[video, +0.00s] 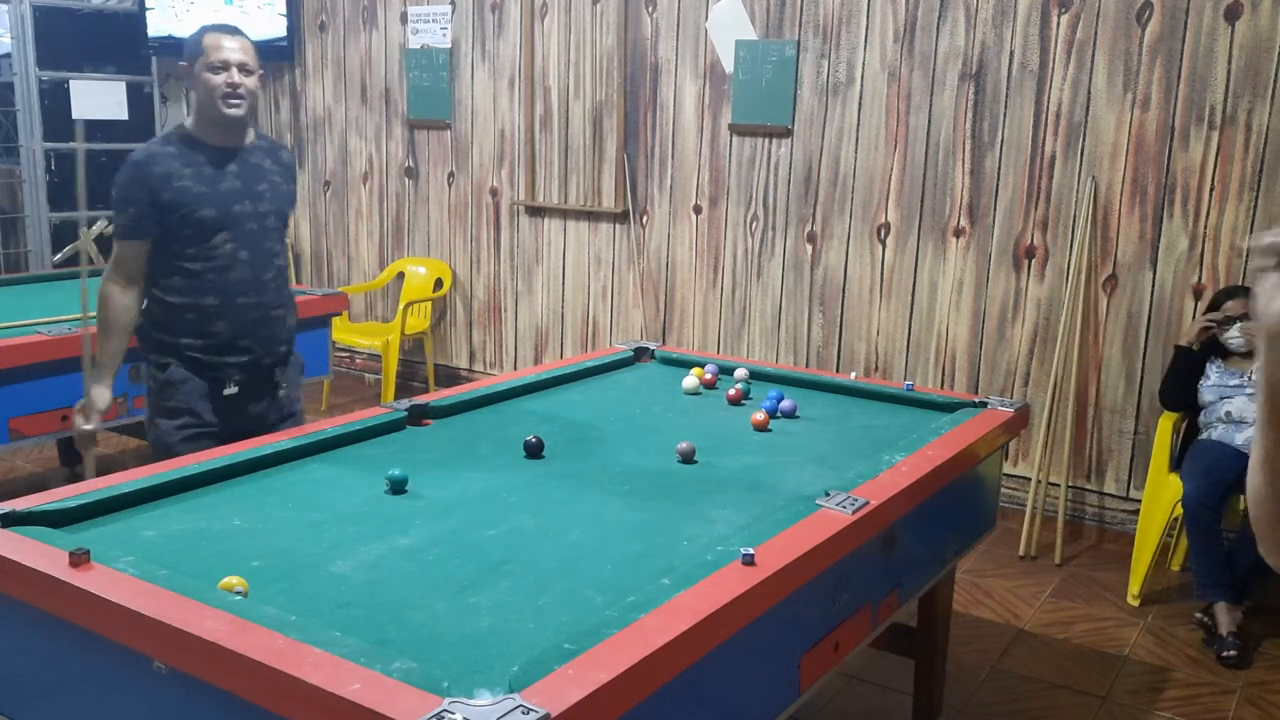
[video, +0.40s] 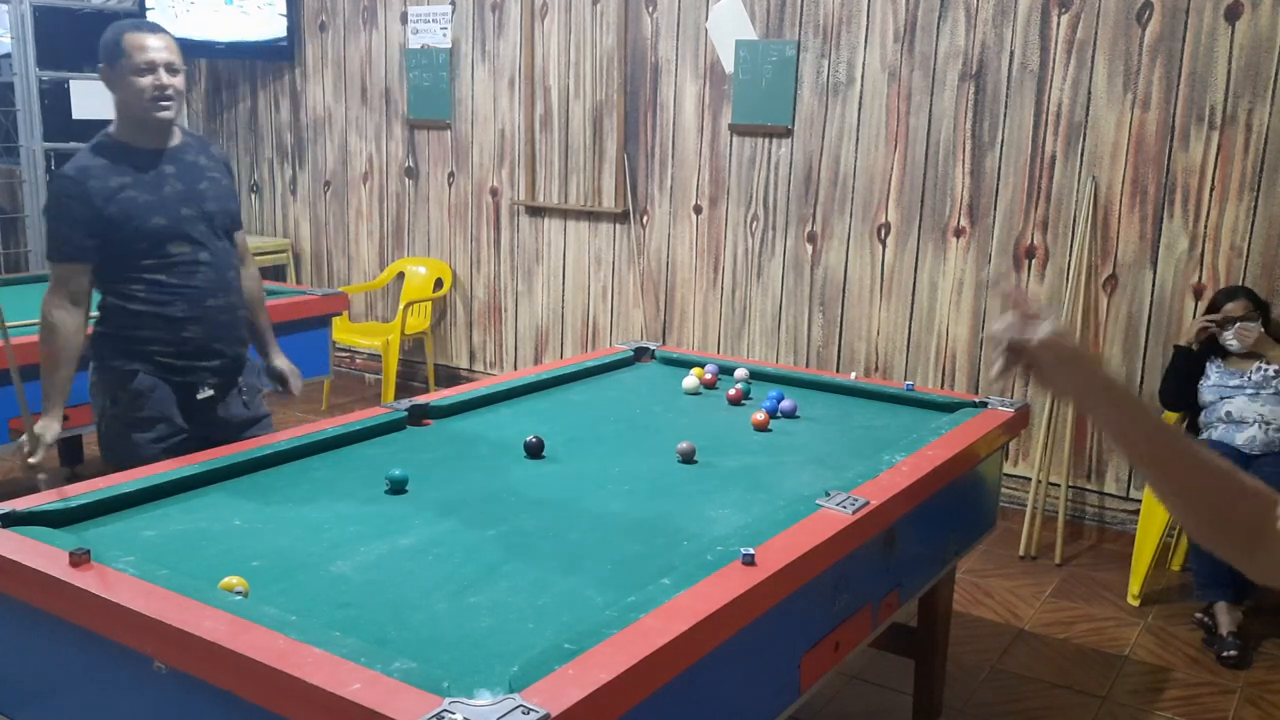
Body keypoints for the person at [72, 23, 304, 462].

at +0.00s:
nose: (233, 80)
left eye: (245, 70)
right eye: (218, 68)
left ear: (259, 81)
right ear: (190, 77)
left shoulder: (280, 163)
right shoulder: (150, 168)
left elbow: (269, 260)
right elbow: (124, 282)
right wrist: (101, 383)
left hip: (274, 376)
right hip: (186, 383)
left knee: (288, 516)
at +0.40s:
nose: (163, 82)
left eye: (173, 70)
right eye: (145, 70)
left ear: (185, 79)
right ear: (109, 79)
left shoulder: (210, 161)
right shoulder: (82, 179)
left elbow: (242, 264)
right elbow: (67, 299)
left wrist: (271, 352)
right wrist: (52, 412)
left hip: (231, 377)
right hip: (143, 387)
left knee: (265, 520)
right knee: (160, 534)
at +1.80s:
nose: (232, 92)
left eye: (247, 83)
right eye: (216, 77)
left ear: (262, 96)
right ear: (182, 77)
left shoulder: (274, 187)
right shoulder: (116, 163)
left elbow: (284, 303)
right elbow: (65, 273)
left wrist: (297, 403)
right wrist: (43, 377)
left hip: (234, 411)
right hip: (129, 409)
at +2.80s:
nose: (212, 92)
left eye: (226, 81)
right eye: (194, 76)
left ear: (241, 94)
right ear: (154, 77)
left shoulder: (244, 195)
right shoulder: (80, 160)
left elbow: (250, 317)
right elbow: (14, 277)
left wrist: (261, 415)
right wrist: (3, 392)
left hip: (178, 425)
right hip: (65, 418)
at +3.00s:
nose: (143, 89)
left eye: (157, 76)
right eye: (123, 74)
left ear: (174, 88)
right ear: (82, 78)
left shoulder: (184, 191)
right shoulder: (17, 169)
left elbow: (206, 314)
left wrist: (228, 419)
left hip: (142, 434)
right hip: (28, 436)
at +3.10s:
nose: (99, 87)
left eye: (113, 72)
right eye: (79, 69)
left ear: (127, 84)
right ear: (36, 76)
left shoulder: (148, 185)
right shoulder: (8, 166)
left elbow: (173, 311)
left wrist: (198, 416)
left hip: (113, 431)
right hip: (14, 432)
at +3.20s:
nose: (56, 86)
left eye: (69, 72)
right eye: (34, 70)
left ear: (83, 81)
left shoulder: (113, 185)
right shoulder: (5, 175)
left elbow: (141, 311)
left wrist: (166, 418)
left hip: (86, 441)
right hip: (4, 446)